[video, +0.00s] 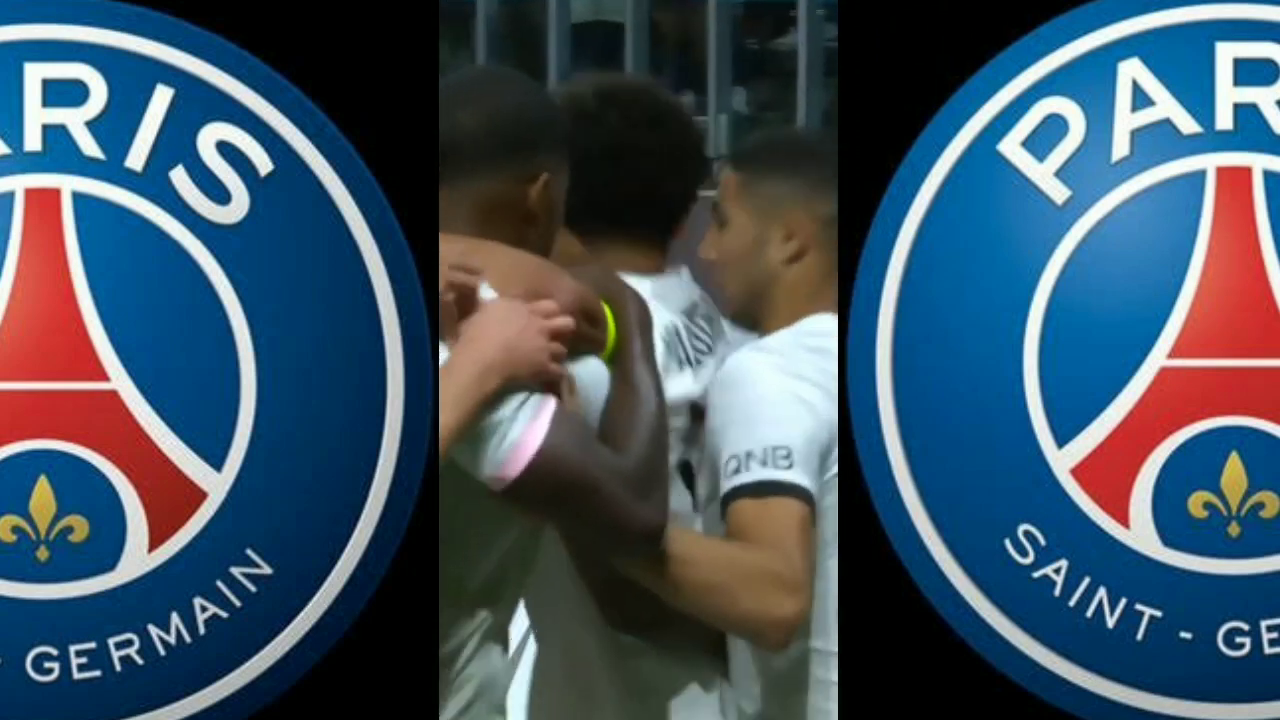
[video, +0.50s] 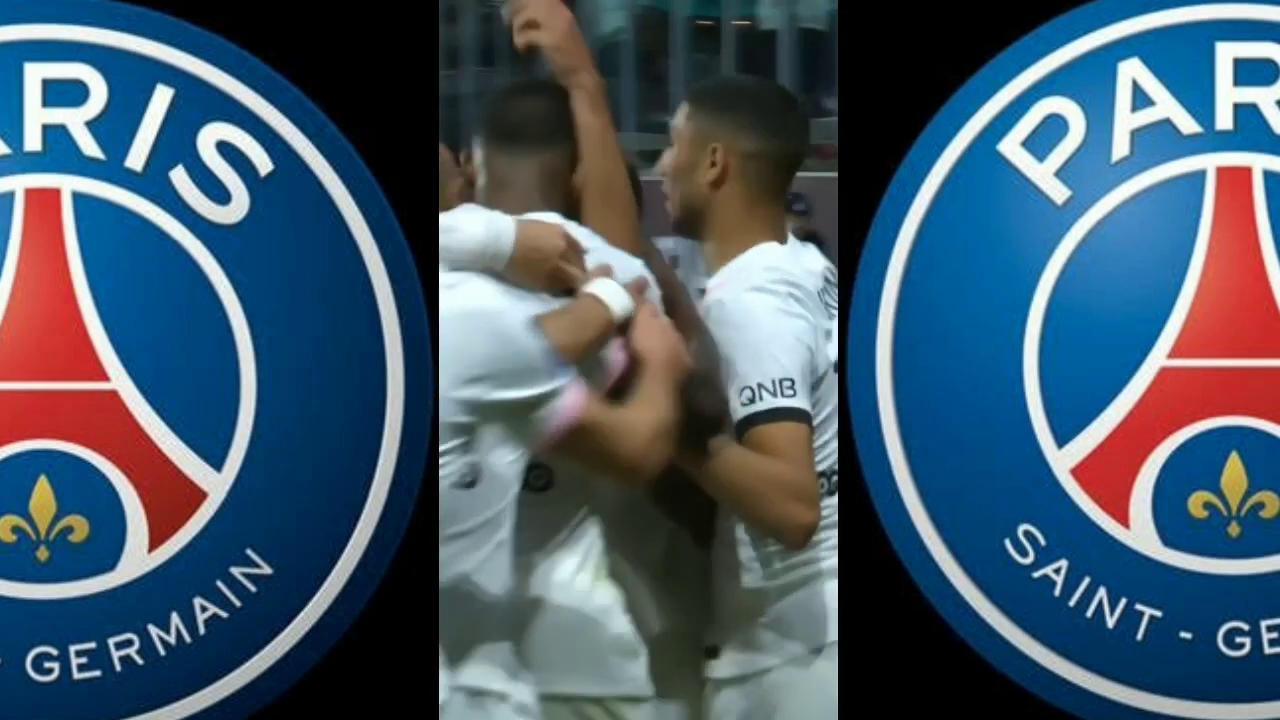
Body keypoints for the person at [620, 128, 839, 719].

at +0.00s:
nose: (705, 249)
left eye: (722, 223)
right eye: (713, 223)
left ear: (792, 243)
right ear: (796, 244)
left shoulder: (766, 374)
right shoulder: (897, 352)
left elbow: (774, 597)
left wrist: (602, 519)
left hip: (803, 701)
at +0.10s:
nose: (723, 231)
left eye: (752, 204)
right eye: (732, 203)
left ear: (829, 229)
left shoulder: (814, 365)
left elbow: (783, 579)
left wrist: (618, 493)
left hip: (788, 702)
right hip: (762, 688)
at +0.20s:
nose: (717, 233)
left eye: (746, 209)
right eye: (725, 208)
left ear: (824, 234)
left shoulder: (823, 371)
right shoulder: (761, 372)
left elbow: (780, 576)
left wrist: (629, 483)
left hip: (800, 702)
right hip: (745, 695)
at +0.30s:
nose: (684, 201)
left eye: (714, 181)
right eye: (694, 179)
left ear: (787, 207)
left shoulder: (796, 340)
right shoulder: (716, 338)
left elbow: (776, 552)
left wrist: (651, 465)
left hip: (791, 689)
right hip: (732, 669)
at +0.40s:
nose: (664, 180)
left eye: (693, 159)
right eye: (673, 155)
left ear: (762, 184)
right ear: (760, 186)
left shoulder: (763, 314)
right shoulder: (790, 292)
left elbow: (777, 529)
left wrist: (648, 433)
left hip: (778, 679)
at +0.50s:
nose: (660, 168)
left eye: (673, 146)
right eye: (666, 147)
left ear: (716, 164)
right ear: (724, 163)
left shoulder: (747, 298)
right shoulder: (806, 268)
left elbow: (792, 506)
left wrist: (675, 430)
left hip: (780, 654)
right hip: (817, 640)